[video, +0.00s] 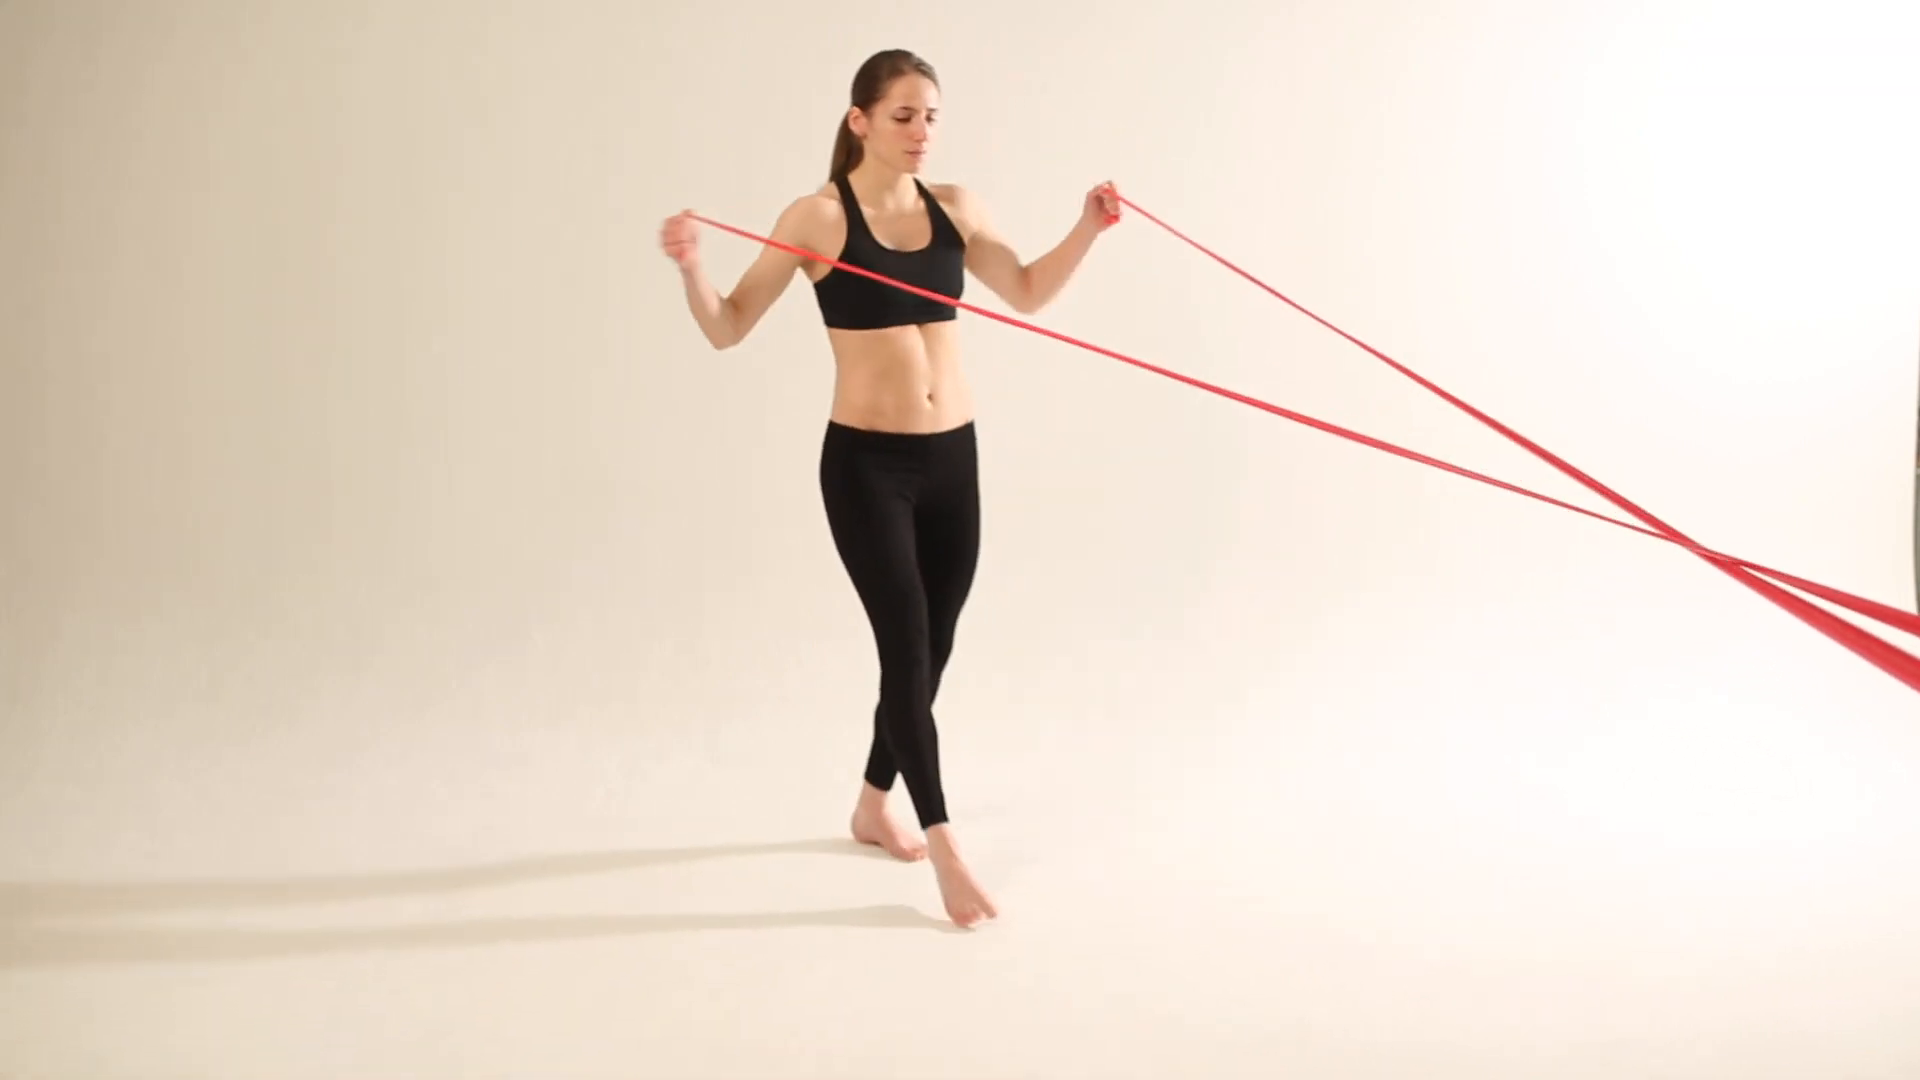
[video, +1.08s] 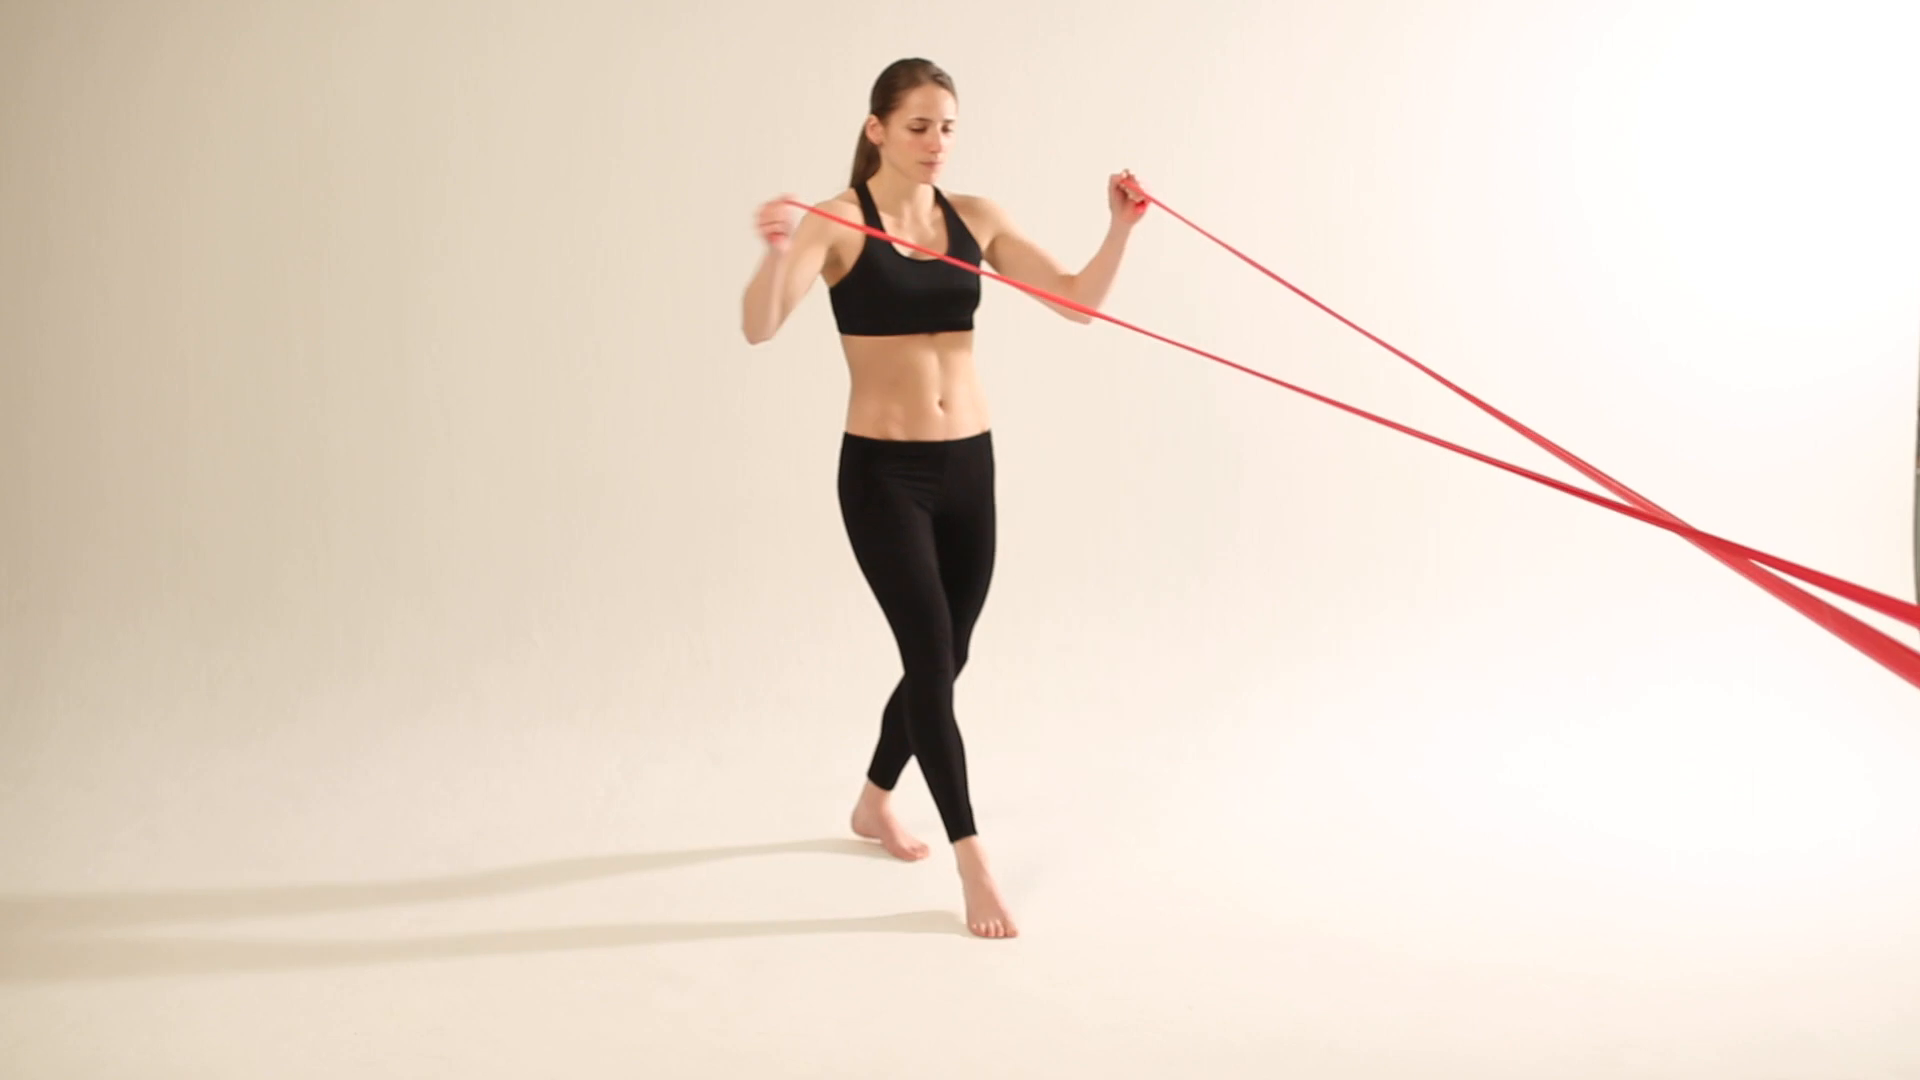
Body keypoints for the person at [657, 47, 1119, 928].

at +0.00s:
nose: (923, 131)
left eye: (931, 116)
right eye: (906, 116)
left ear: (936, 122)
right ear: (860, 121)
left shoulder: (952, 208)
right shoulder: (818, 216)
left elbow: (1026, 291)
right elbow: (727, 328)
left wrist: (1087, 228)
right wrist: (691, 269)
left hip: (953, 459)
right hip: (866, 462)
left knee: (929, 647)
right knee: (907, 649)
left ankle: (872, 802)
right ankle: (946, 853)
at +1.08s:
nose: (935, 141)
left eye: (946, 126)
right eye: (919, 125)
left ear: (954, 133)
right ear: (876, 128)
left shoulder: (970, 216)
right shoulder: (836, 221)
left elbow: (1076, 299)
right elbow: (760, 326)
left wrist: (1121, 226)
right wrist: (777, 249)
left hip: (970, 468)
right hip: (881, 471)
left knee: (947, 655)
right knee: (930, 657)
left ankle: (873, 797)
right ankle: (972, 860)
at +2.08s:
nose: (1229, 363)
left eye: (1239, 342)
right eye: (1212, 342)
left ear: (1249, 334)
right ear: (1157, 329)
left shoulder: (1247, 409)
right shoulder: (1102, 409)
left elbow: (1273, 549)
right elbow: (1163, 576)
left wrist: (1282, 684)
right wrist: (1243, 703)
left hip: (1136, 592)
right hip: (1039, 598)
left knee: (1198, 750)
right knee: (1085, 805)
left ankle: (1158, 942)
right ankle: (989, 850)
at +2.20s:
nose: (1254, 412)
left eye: (1266, 393)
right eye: (1237, 392)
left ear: (1276, 381)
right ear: (1182, 376)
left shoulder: (1271, 452)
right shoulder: (1122, 446)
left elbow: (1292, 593)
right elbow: (1182, 622)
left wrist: (1300, 733)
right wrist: (1256, 755)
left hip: (1149, 603)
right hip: (1050, 611)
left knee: (1206, 760)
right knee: (1091, 819)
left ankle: (1158, 944)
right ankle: (992, 851)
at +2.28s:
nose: (1264, 433)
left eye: (1276, 413)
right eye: (1247, 412)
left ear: (1286, 403)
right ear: (1192, 395)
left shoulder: (1279, 469)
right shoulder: (1130, 461)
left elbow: (1298, 611)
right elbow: (1188, 640)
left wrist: (1306, 752)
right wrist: (1262, 774)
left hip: (1153, 607)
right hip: (1053, 616)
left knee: (1210, 765)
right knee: (1093, 826)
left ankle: (1158, 944)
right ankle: (993, 851)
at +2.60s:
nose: (1261, 427)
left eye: (1273, 408)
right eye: (1244, 407)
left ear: (1283, 397)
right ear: (1189, 389)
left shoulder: (1275, 463)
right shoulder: (1126, 452)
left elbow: (1297, 601)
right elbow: (1184, 625)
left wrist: (1308, 738)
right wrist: (1261, 759)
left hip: (1143, 610)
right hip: (1048, 614)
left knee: (1206, 760)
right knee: (1092, 822)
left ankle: (1158, 944)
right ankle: (993, 850)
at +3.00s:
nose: (1138, 251)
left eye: (1149, 234)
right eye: (1121, 232)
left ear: (1158, 237)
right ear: (1070, 229)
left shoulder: (1159, 312)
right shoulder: (1018, 321)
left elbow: (1202, 426)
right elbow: (1084, 454)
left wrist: (1231, 529)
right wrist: (1177, 547)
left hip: (1085, 540)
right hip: (984, 544)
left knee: (1145, 720)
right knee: (1036, 742)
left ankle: (1162, 930)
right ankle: (984, 861)